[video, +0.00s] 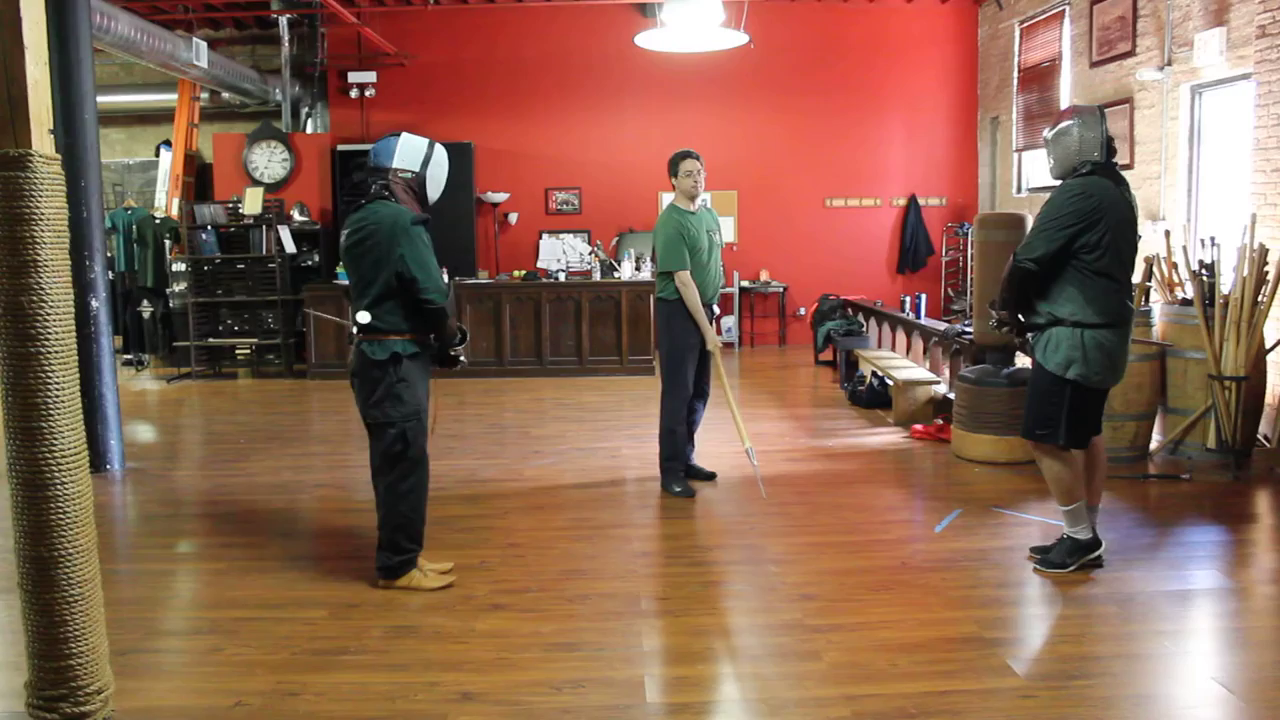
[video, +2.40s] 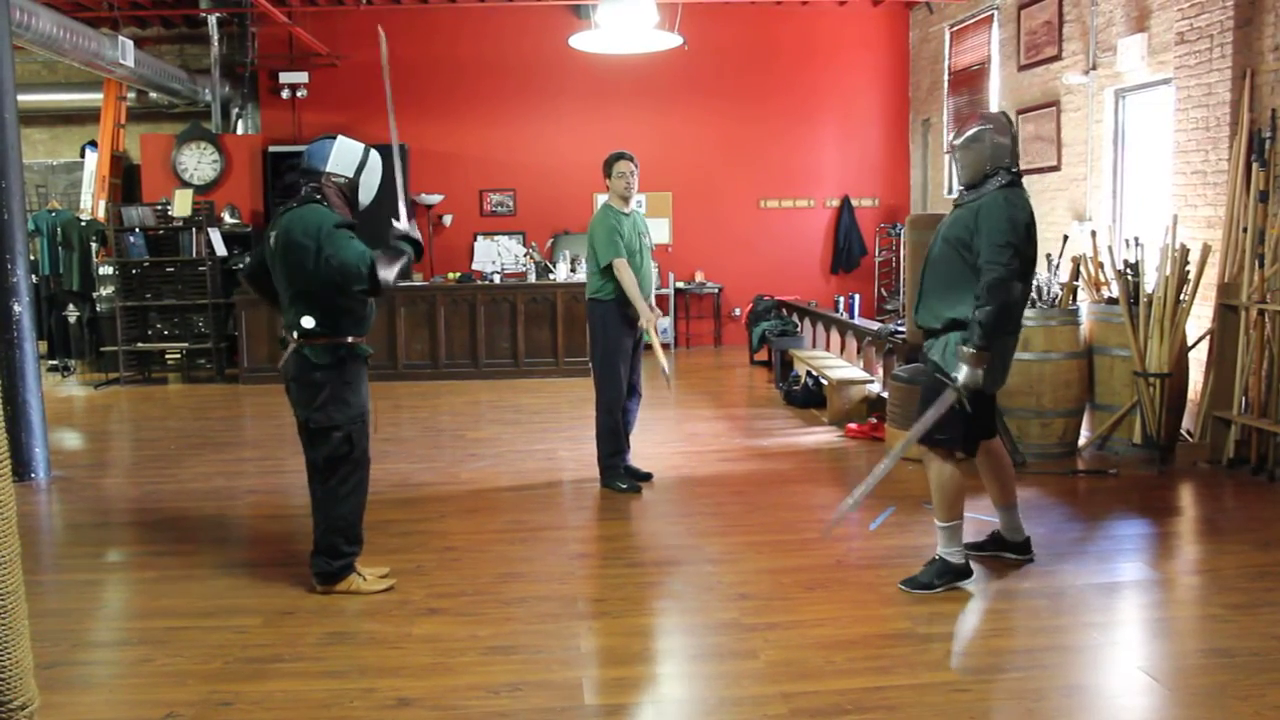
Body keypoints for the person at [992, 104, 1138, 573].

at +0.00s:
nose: (1049, 152)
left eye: (1056, 142)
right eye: (1050, 143)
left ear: (1078, 144)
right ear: (1092, 145)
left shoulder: (1078, 192)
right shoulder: (1115, 192)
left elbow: (1028, 260)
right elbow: (1088, 267)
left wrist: (1004, 304)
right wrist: (1026, 307)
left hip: (1071, 334)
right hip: (1101, 332)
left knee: (1046, 437)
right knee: (1086, 433)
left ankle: (1079, 538)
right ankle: (1084, 534)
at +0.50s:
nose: (1053, 154)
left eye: (1059, 144)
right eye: (1054, 145)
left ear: (1081, 143)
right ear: (1094, 145)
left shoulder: (1083, 193)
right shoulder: (1116, 191)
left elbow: (1017, 242)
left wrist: (981, 276)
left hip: (1074, 335)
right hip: (1103, 333)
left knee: (1046, 438)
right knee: (1085, 436)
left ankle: (1079, 539)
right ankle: (1085, 534)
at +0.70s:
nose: (1057, 157)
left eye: (1061, 148)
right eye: (1057, 149)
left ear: (1081, 145)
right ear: (1099, 146)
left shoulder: (1081, 188)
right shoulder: (1119, 191)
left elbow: (1006, 211)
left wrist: (935, 228)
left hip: (1072, 334)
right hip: (1104, 334)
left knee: (1044, 438)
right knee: (1086, 436)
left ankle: (1079, 540)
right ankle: (1085, 536)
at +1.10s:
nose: (1011, 145)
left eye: (1018, 137)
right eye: (1014, 138)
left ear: (1038, 139)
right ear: (1054, 142)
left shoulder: (1042, 184)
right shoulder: (1069, 188)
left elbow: (973, 196)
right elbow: (983, 195)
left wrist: (897, 197)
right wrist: (916, 189)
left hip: (1030, 330)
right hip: (1056, 328)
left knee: (1003, 432)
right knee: (1041, 432)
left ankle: (1036, 534)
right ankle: (1041, 531)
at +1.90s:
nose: (971, 155)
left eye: (978, 146)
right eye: (971, 146)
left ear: (1003, 146)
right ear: (1007, 149)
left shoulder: (1017, 197)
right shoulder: (1010, 193)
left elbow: (988, 262)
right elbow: (990, 252)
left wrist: (940, 230)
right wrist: (956, 227)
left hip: (998, 337)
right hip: (1008, 335)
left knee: (968, 435)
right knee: (1005, 433)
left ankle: (1006, 530)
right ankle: (1013, 530)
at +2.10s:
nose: (966, 160)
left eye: (973, 150)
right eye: (966, 151)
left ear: (998, 148)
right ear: (1000, 150)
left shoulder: (1016, 199)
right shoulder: (998, 196)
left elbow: (1017, 271)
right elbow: (989, 265)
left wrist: (952, 286)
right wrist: (941, 273)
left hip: (992, 340)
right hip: (990, 337)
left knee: (946, 428)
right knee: (1001, 431)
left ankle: (976, 531)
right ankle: (1015, 534)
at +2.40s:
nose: (957, 158)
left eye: (965, 149)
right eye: (957, 151)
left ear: (993, 149)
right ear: (989, 152)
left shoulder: (1001, 202)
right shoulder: (982, 200)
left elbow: (999, 279)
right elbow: (970, 276)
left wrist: (979, 345)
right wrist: (928, 331)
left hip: (963, 343)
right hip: (960, 339)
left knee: (941, 445)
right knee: (983, 437)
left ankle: (951, 557)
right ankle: (1012, 535)